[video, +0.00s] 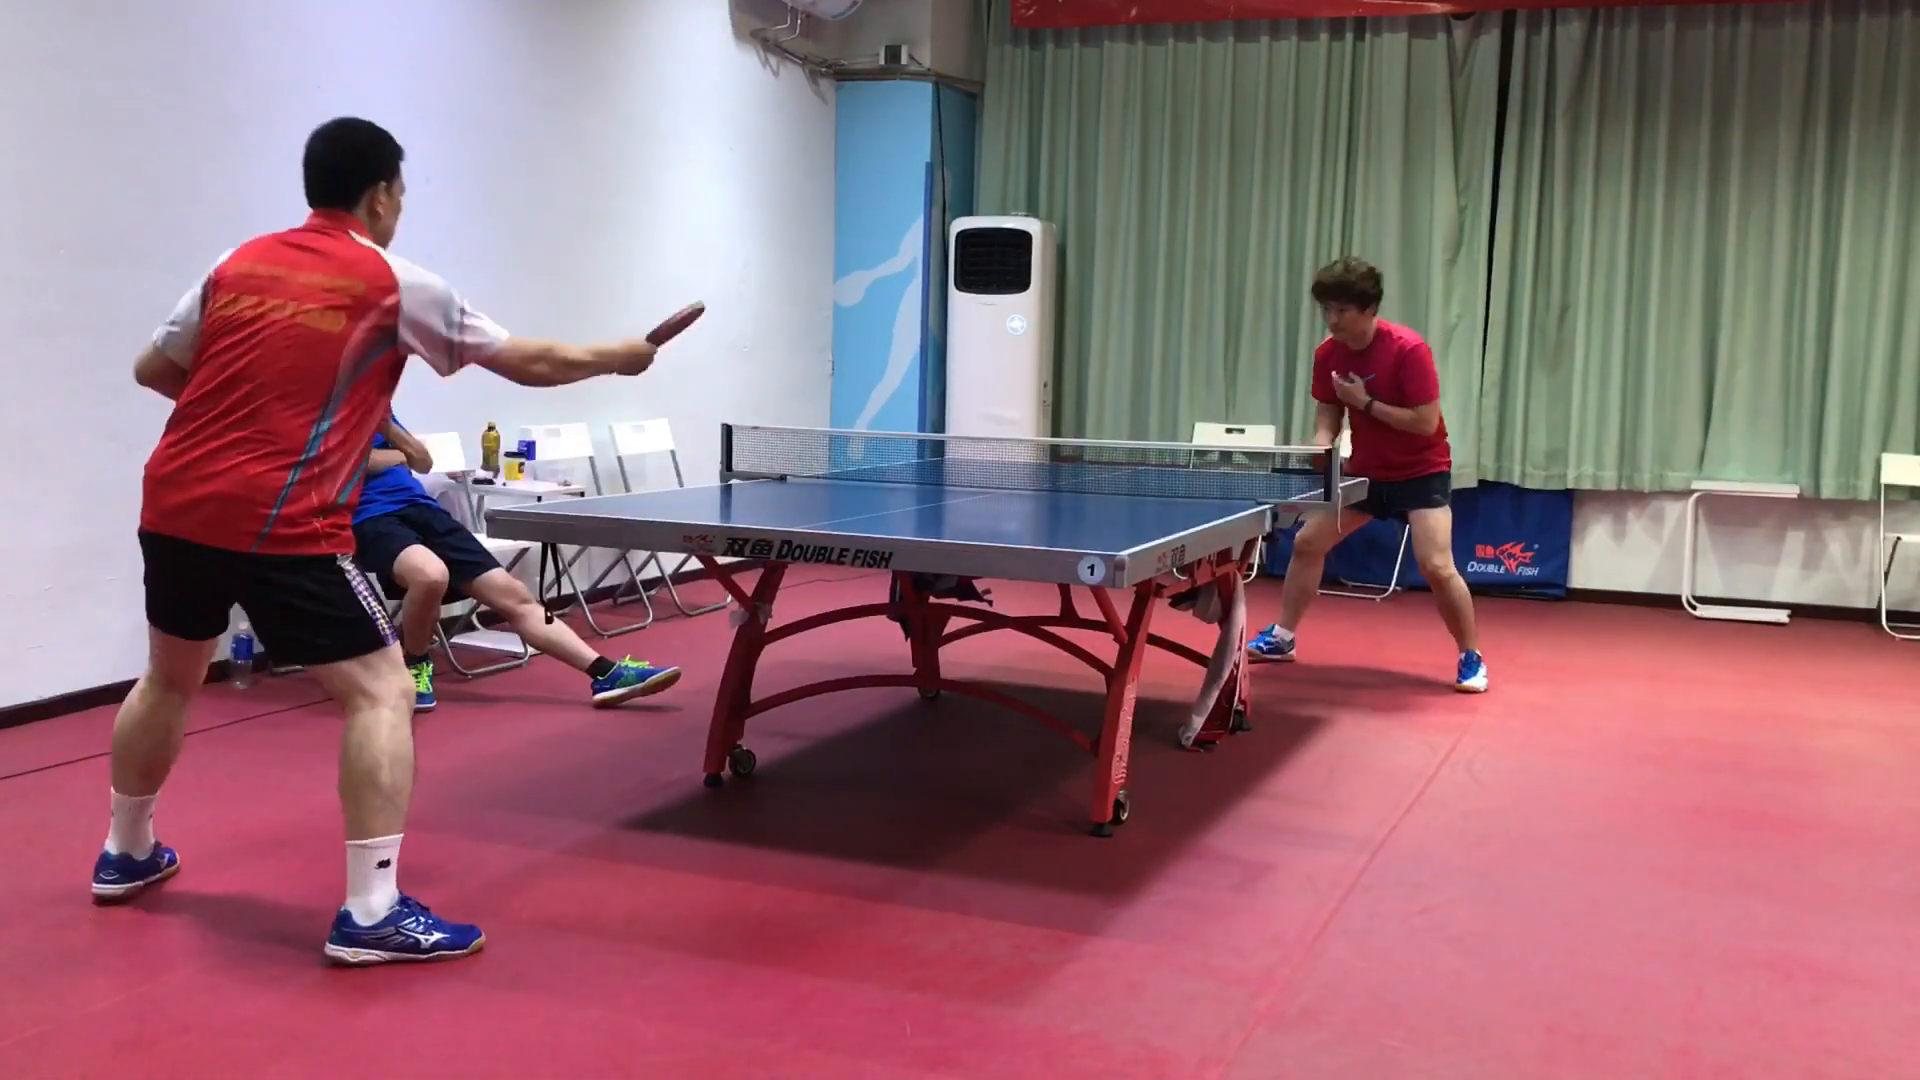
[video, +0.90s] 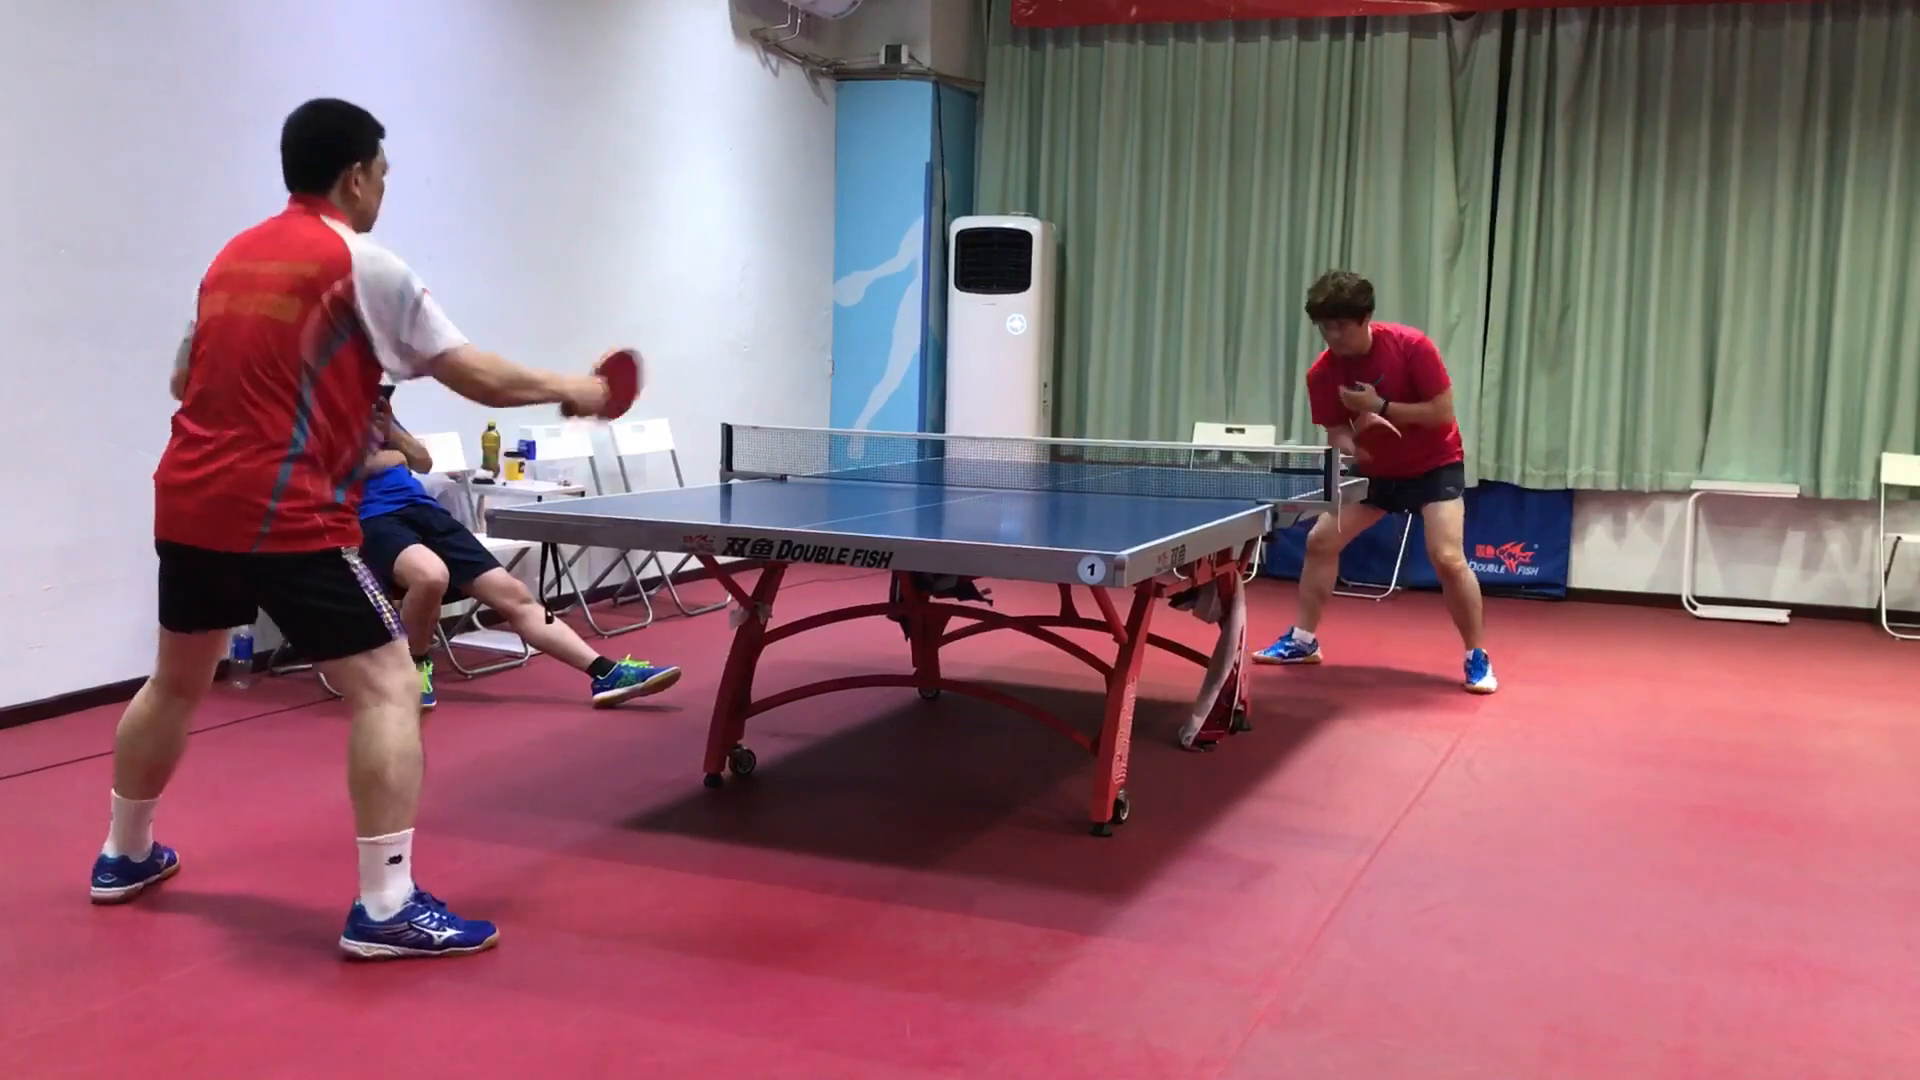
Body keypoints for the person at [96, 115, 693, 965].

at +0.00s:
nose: (402, 207)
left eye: (401, 193)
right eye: (399, 193)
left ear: (312, 196)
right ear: (378, 198)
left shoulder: (239, 262)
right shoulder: (395, 283)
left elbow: (156, 366)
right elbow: (527, 363)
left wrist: (251, 405)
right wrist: (623, 355)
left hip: (176, 506)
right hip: (290, 522)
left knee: (168, 681)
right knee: (378, 690)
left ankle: (125, 850)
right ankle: (371, 910)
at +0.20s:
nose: (383, 190)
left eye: (380, 174)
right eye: (380, 174)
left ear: (297, 176)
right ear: (356, 178)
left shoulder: (230, 253)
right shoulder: (362, 263)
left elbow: (169, 370)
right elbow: (452, 374)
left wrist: (270, 400)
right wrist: (550, 396)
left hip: (178, 499)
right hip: (277, 506)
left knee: (176, 679)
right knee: (370, 681)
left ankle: (125, 852)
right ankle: (386, 899)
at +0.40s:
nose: (416, 255)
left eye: (417, 240)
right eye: (415, 239)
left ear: (331, 230)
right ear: (393, 237)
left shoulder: (264, 293)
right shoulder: (374, 314)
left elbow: (247, 414)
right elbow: (436, 444)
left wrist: (343, 458)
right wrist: (472, 493)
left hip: (170, 533)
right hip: (265, 545)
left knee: (202, 681)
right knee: (403, 690)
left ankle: (128, 853)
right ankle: (386, 909)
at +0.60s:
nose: (430, 229)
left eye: (428, 214)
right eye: (428, 214)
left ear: (344, 211)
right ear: (407, 217)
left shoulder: (269, 274)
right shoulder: (409, 309)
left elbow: (184, 380)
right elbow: (515, 422)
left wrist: (299, 404)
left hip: (179, 519)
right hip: (284, 535)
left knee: (181, 680)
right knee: (404, 689)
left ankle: (125, 851)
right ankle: (386, 908)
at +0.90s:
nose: (385, 184)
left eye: (382, 169)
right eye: (380, 170)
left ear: (298, 177)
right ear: (354, 176)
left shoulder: (233, 256)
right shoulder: (366, 267)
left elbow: (186, 383)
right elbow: (465, 373)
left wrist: (304, 415)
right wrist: (571, 387)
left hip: (190, 511)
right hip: (292, 518)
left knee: (174, 684)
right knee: (385, 685)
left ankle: (124, 854)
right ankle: (387, 905)